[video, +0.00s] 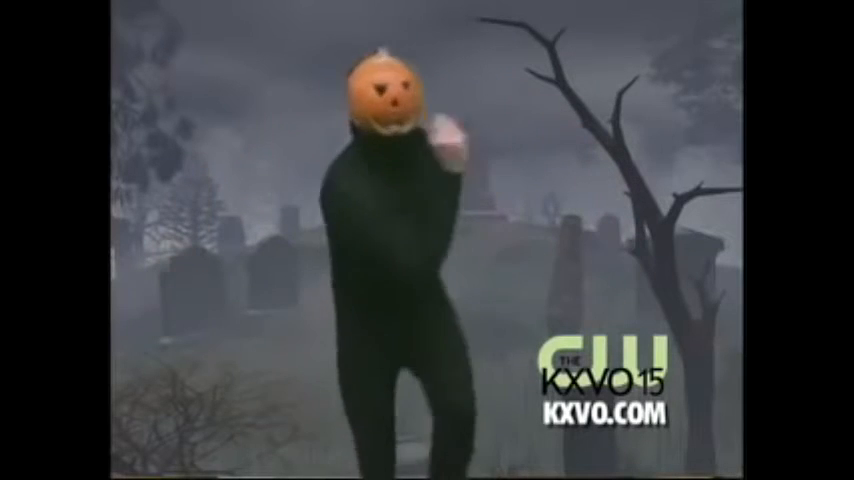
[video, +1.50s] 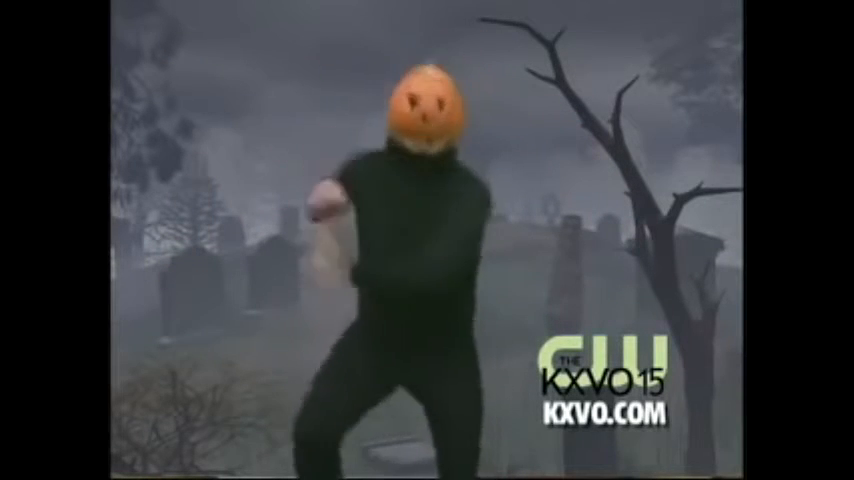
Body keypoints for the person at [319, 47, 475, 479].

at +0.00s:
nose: (395, 94)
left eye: (405, 84)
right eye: (379, 86)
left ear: (419, 97)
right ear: (356, 110)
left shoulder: (432, 160)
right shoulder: (346, 179)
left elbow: (432, 253)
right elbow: (413, 263)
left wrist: (453, 169)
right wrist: (449, 180)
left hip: (428, 320)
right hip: (366, 331)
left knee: (458, 415)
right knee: (376, 454)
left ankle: (446, 474)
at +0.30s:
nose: (388, 132)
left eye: (398, 121)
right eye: (373, 123)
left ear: (415, 130)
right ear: (352, 136)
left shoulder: (437, 192)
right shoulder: (339, 215)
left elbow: (483, 276)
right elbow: (333, 316)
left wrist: (488, 253)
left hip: (417, 355)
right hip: (355, 364)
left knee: (483, 456)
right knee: (370, 472)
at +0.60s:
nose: (422, 81)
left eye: (434, 72)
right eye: (409, 71)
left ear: (450, 81)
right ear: (388, 80)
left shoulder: (463, 153)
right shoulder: (357, 142)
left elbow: (479, 259)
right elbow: (324, 229)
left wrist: (394, 240)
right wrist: (326, 306)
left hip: (449, 334)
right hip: (379, 333)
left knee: (457, 467)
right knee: (383, 467)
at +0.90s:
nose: (435, 128)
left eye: (450, 118)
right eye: (423, 115)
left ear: (470, 128)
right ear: (407, 119)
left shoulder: (469, 195)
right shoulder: (424, 183)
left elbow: (407, 270)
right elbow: (412, 243)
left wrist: (347, 182)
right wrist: (372, 252)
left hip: (468, 368)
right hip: (413, 357)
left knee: (461, 471)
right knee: (302, 421)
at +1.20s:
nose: (454, 80)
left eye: (469, 72)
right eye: (442, 70)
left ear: (486, 88)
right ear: (423, 81)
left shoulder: (482, 158)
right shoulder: (418, 143)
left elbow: (397, 217)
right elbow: (408, 216)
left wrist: (319, 166)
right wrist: (366, 239)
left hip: (455, 341)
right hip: (392, 336)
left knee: (453, 469)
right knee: (386, 467)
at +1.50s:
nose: (425, 106)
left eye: (438, 100)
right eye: (414, 96)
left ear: (456, 119)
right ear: (393, 112)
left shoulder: (468, 191)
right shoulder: (366, 171)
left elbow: (438, 277)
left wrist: (358, 271)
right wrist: (323, 209)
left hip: (445, 349)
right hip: (374, 341)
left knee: (459, 465)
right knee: (313, 435)